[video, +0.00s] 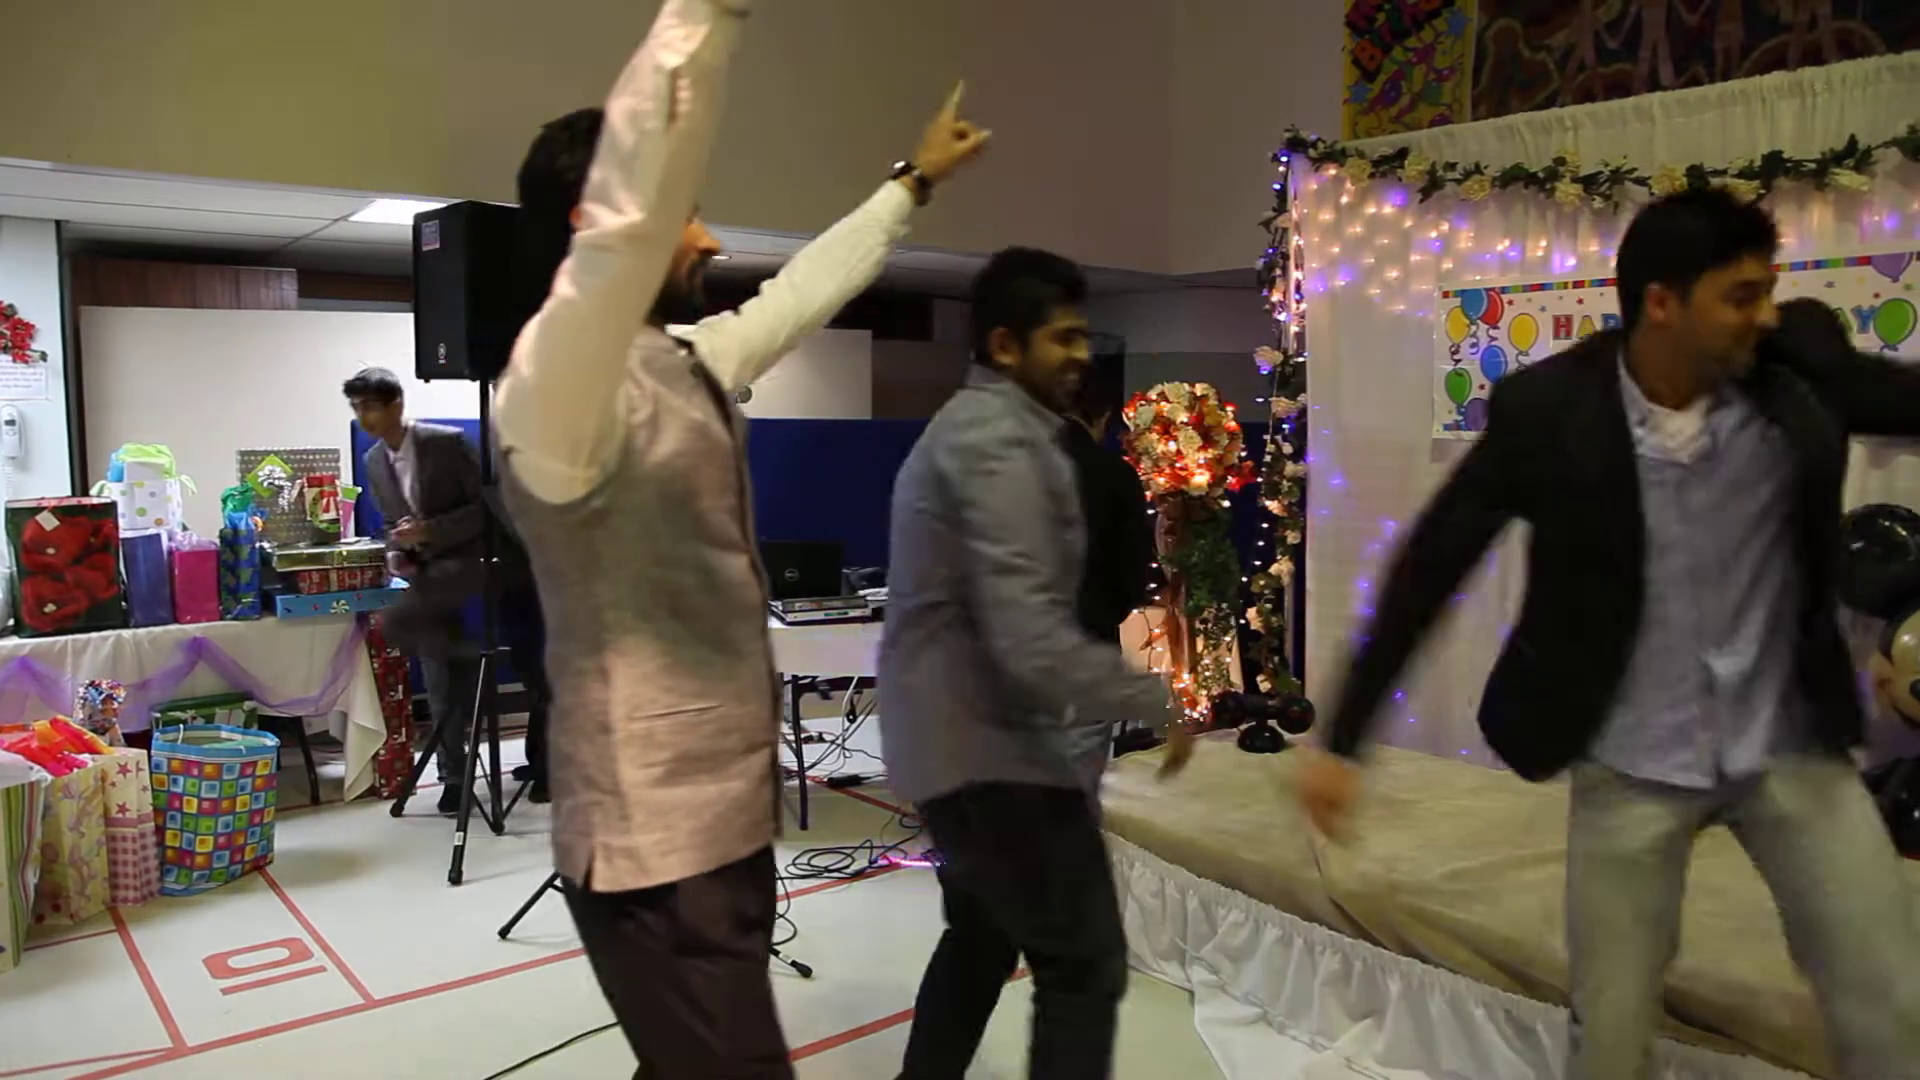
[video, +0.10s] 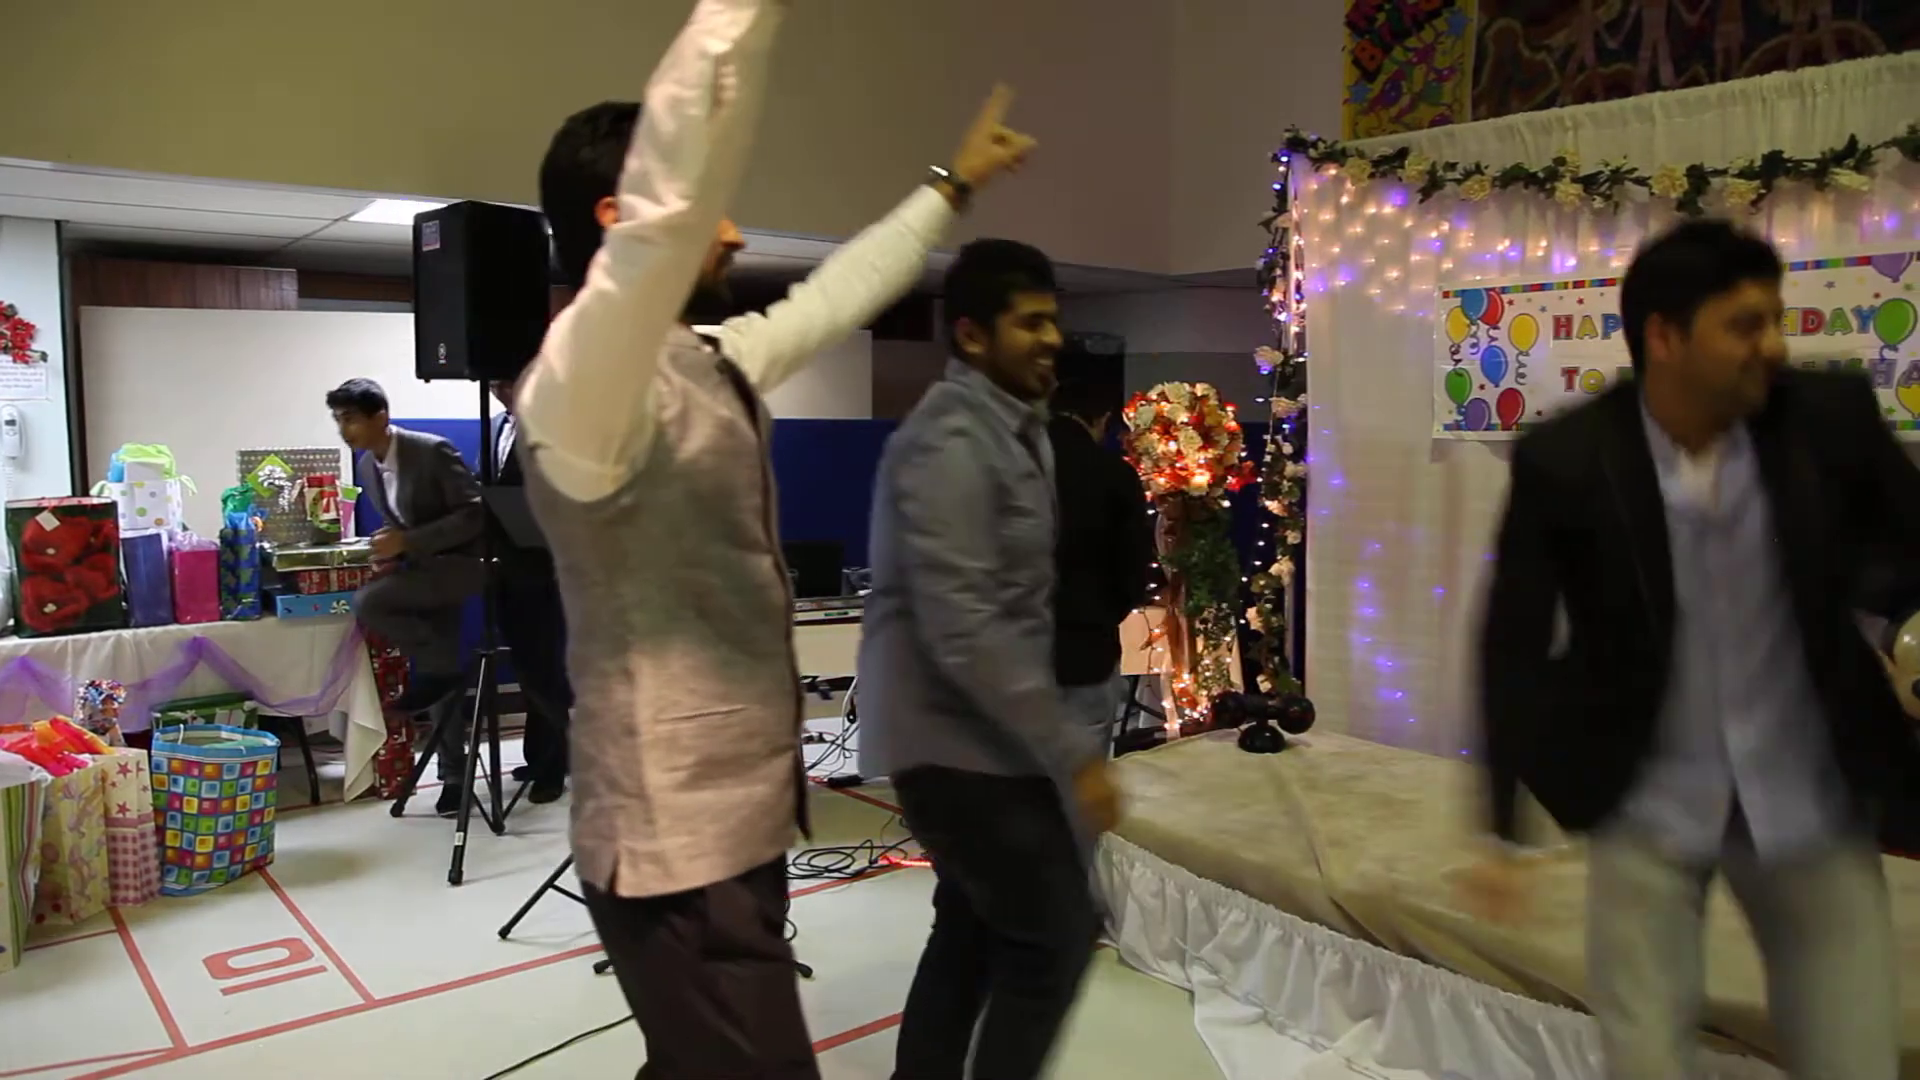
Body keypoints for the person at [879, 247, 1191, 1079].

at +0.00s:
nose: (1082, 355)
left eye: (1084, 338)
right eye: (1063, 338)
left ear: (1013, 348)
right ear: (1003, 346)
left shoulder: (969, 425)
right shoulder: (999, 438)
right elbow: (1028, 638)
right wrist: (1154, 703)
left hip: (953, 754)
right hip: (999, 756)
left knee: (979, 942)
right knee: (1085, 967)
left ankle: (926, 1074)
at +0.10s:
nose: (1053, 339)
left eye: (1055, 322)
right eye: (1031, 323)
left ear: (1050, 326)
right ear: (970, 335)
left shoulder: (1003, 430)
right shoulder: (950, 438)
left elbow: (1001, 610)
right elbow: (960, 625)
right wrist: (1075, 756)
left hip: (991, 744)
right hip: (953, 747)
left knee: (969, 935)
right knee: (1056, 930)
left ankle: (923, 1072)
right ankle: (995, 1070)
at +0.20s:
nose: (1020, 327)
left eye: (1024, 309)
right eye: (997, 311)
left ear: (1030, 319)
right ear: (943, 323)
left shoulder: (1009, 431)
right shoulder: (903, 443)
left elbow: (1044, 562)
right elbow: (903, 631)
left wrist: (1056, 654)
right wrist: (977, 776)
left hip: (996, 731)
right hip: (929, 749)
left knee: (987, 942)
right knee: (991, 952)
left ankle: (925, 1062)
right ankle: (916, 1069)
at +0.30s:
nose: (990, 337)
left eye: (994, 322)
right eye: (968, 323)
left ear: (1001, 328)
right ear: (913, 337)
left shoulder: (1003, 435)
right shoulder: (864, 449)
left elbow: (1054, 552)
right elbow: (860, 633)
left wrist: (1109, 652)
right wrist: (887, 804)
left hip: (1006, 750)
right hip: (920, 764)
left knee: (997, 950)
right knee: (945, 954)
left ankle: (935, 1069)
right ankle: (847, 1061)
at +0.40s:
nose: (964, 346)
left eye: (968, 331)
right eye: (941, 331)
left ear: (974, 343)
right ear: (886, 351)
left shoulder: (1002, 453)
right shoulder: (846, 452)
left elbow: (1072, 572)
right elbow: (814, 600)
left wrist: (1140, 685)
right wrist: (832, 741)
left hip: (998, 744)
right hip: (894, 752)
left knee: (994, 947)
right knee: (881, 951)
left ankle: (933, 1071)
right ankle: (803, 1040)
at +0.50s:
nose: (932, 337)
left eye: (939, 322)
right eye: (910, 321)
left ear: (946, 336)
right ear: (858, 337)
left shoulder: (989, 445)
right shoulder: (822, 448)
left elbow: (1066, 568)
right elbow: (795, 595)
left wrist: (1118, 694)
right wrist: (816, 735)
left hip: (966, 742)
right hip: (856, 748)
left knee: (974, 938)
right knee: (849, 946)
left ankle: (928, 1066)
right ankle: (855, 1062)